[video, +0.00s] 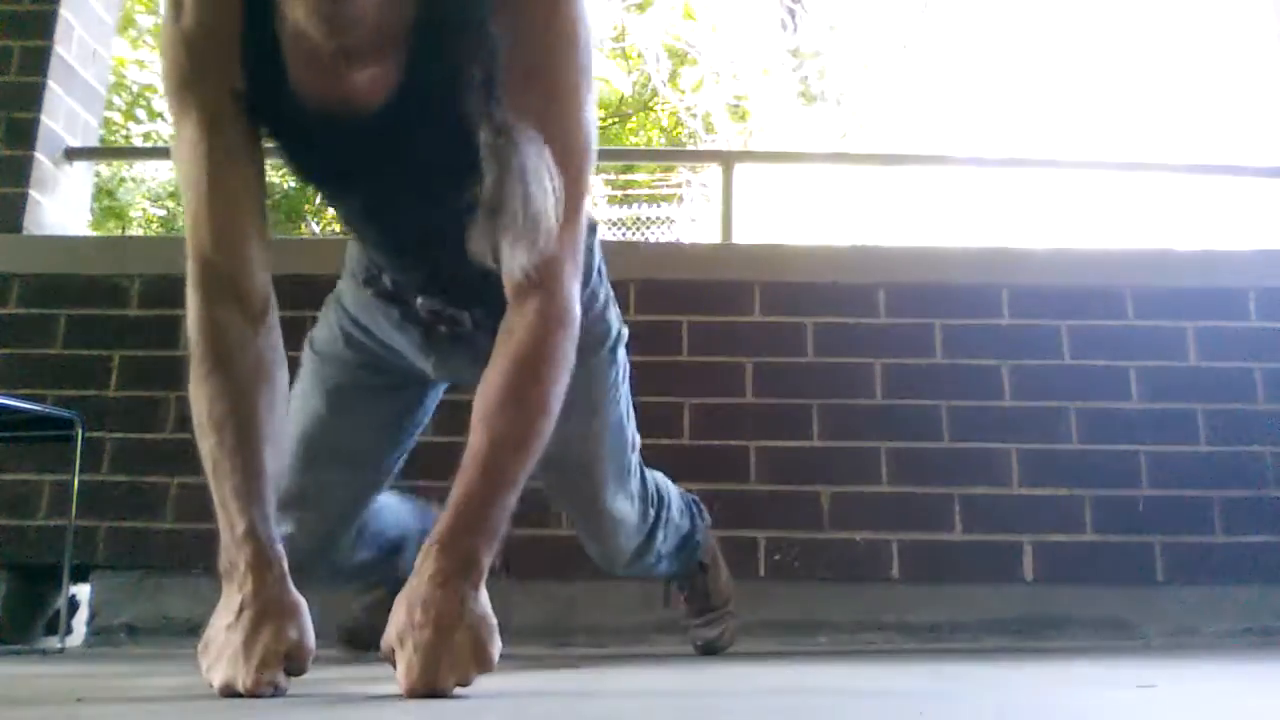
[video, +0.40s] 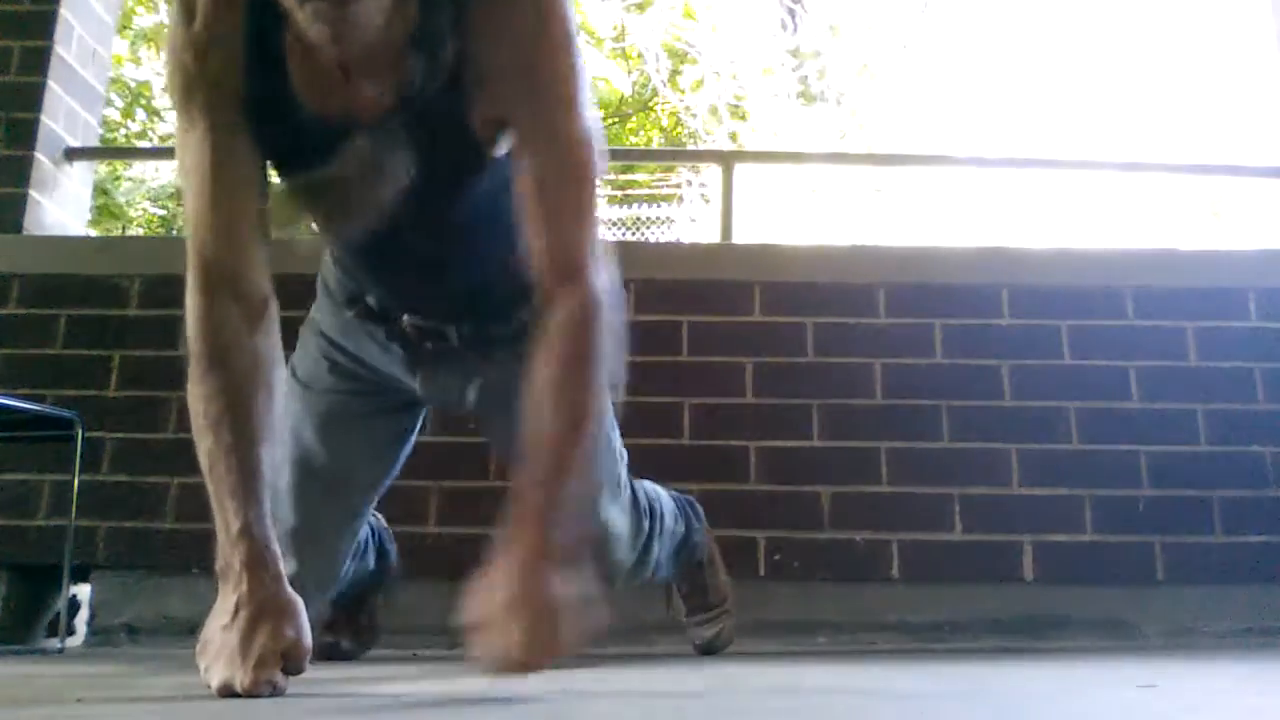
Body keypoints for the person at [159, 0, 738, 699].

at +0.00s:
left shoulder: (529, 16)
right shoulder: (210, 24)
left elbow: (544, 290)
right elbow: (228, 298)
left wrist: (456, 566)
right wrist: (249, 566)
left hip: (536, 295)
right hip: (384, 293)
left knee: (618, 535)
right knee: (298, 539)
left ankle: (688, 542)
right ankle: (427, 546)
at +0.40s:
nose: (337, 50)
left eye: (355, 16)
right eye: (311, 21)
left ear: (404, 4)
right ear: (283, 6)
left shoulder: (515, 18)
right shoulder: (214, 27)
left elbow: (575, 288)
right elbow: (227, 298)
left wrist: (532, 551)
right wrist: (248, 571)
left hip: (523, 321)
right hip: (361, 319)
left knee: (596, 544)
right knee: (284, 589)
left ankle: (678, 533)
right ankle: (360, 562)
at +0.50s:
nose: (357, 5)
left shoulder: (539, 22)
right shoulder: (237, 31)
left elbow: (660, 264)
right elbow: (240, 299)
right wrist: (248, 565)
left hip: (531, 316)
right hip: (367, 316)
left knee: (615, 542)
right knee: (299, 564)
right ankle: (357, 564)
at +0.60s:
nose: (400, 16)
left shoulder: (572, 40)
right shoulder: (266, 33)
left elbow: (730, 292)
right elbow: (251, 303)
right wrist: (249, 572)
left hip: (551, 330)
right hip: (384, 319)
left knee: (621, 542)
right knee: (320, 555)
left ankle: (690, 545)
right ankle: (378, 562)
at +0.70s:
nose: (437, 36)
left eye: (473, 1)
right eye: (401, 1)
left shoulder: (612, 58)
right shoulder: (296, 38)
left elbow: (759, 303)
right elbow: (263, 308)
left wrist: (850, 557)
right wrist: (251, 568)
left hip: (574, 340)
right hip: (408, 325)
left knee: (631, 558)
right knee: (348, 571)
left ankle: (688, 549)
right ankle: (431, 541)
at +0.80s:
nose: (483, 22)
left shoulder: (650, 45)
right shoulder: (332, 32)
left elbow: (775, 298)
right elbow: (276, 306)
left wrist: (853, 561)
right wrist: (252, 564)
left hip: (603, 339)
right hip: (437, 334)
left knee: (643, 568)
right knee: (410, 591)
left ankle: (682, 556)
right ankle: (507, 523)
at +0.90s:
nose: (525, 13)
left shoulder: (692, 34)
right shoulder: (370, 27)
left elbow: (793, 287)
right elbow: (297, 296)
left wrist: (858, 561)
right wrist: (255, 566)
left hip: (636, 340)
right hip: (475, 338)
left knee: (663, 565)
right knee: (482, 593)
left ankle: (693, 569)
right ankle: (565, 549)